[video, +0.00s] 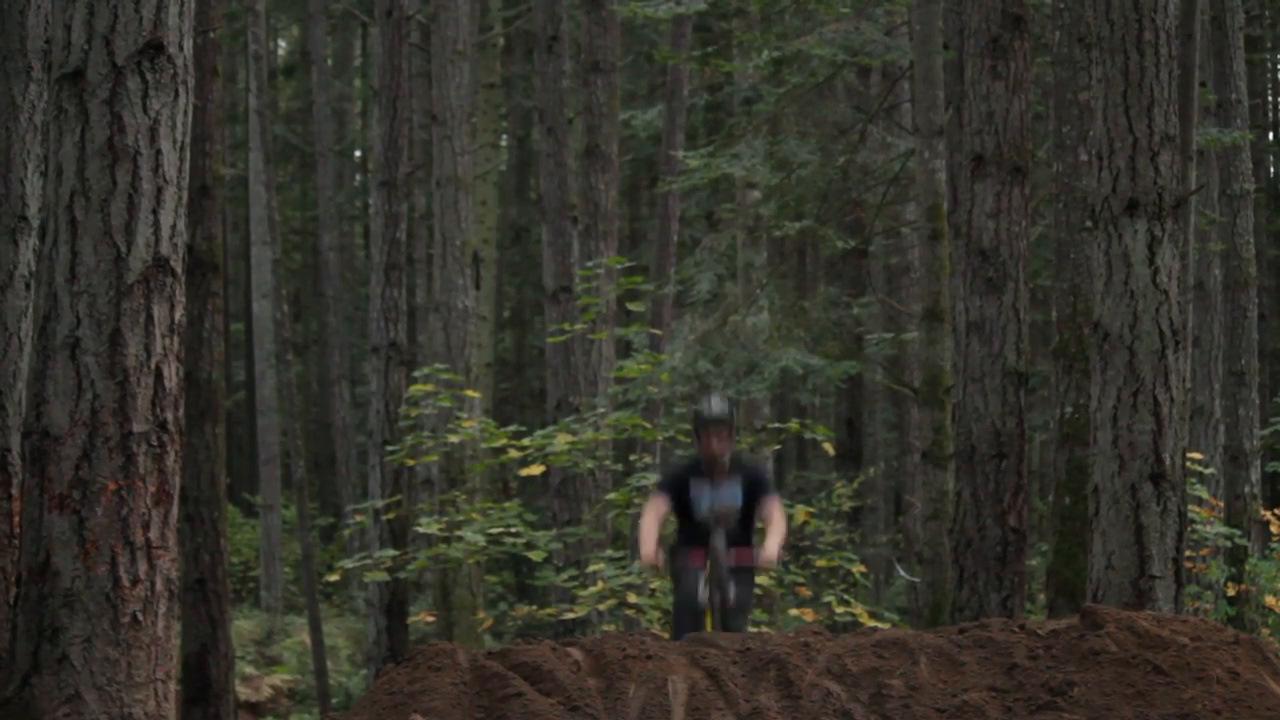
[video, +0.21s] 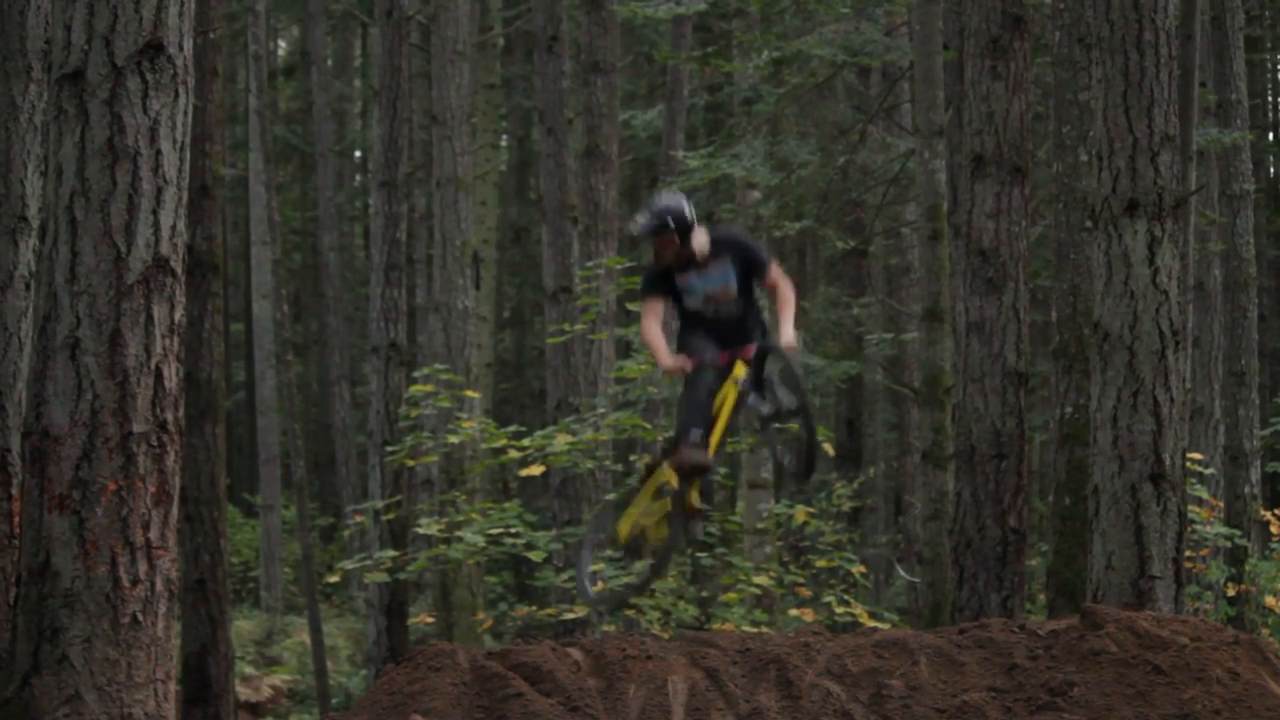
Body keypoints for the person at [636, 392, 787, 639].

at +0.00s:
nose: (715, 445)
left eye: (722, 437)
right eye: (709, 437)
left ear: (732, 438)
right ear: (698, 439)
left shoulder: (750, 476)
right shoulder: (682, 475)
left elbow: (775, 515)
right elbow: (654, 509)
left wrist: (771, 547)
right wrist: (648, 548)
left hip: (737, 562)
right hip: (692, 563)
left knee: (734, 632)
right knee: (687, 633)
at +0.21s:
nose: (655, 249)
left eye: (660, 241)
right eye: (653, 241)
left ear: (680, 234)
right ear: (667, 238)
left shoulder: (733, 247)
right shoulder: (662, 272)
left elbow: (782, 284)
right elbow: (650, 322)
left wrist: (786, 331)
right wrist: (666, 359)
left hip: (747, 335)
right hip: (700, 340)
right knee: (705, 370)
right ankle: (691, 443)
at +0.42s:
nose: (638, 108)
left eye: (642, 98)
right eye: (635, 100)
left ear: (661, 87)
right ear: (653, 91)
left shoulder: (724, 88)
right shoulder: (652, 120)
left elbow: (786, 114)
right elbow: (655, 175)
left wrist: (798, 173)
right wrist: (680, 213)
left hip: (740, 177)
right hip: (695, 179)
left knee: (731, 251)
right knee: (713, 222)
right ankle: (698, 305)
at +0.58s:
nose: (669, 20)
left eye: (676, 11)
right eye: (662, 13)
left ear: (698, 3)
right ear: (654, 10)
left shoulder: (739, 9)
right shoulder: (650, 33)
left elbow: (801, 37)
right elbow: (641, 95)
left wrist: (791, 83)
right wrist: (660, 147)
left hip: (733, 107)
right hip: (684, 108)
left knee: (719, 197)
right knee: (701, 159)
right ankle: (687, 249)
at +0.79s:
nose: (732, 27)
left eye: (741, 20)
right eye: (726, 18)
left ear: (756, 13)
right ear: (710, 9)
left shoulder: (770, 28)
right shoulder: (677, 13)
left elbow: (813, 93)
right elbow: (626, 69)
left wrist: (797, 113)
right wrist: (634, 117)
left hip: (710, 100)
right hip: (661, 94)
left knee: (746, 173)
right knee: (678, 152)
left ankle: (746, 283)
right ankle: (670, 261)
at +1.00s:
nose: (746, 140)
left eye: (755, 131)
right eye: (739, 130)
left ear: (770, 119)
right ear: (722, 112)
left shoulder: (778, 133)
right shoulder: (683, 122)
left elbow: (807, 203)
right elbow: (634, 190)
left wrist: (812, 266)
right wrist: (644, 263)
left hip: (715, 208)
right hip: (666, 203)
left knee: (749, 295)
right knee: (682, 286)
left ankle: (741, 383)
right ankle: (665, 396)